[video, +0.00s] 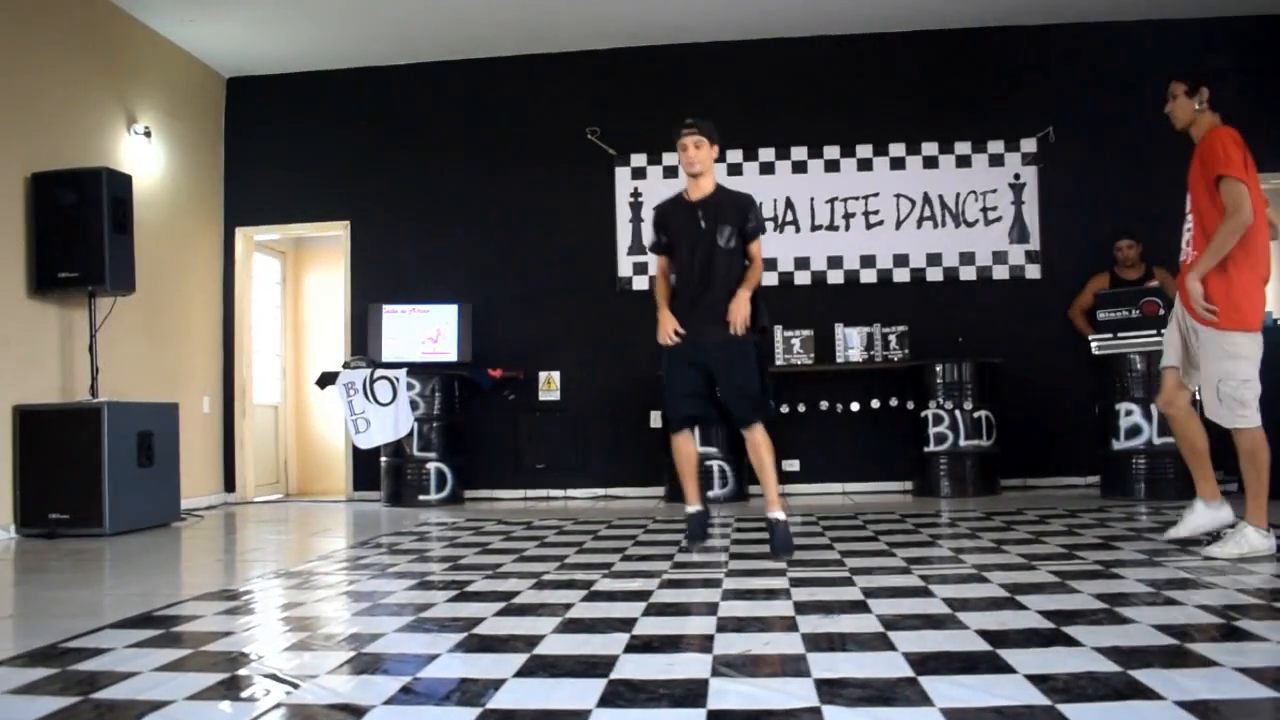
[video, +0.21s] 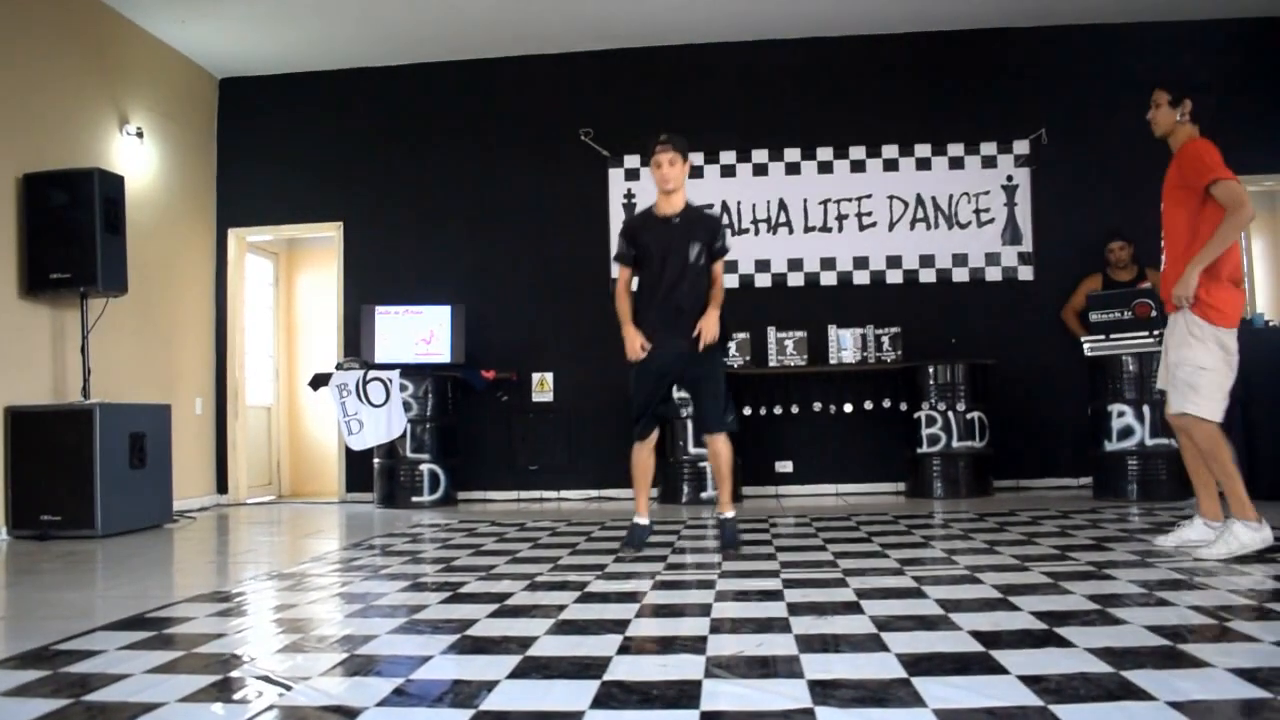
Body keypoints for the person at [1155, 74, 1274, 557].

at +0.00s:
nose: (1167, 107)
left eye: (1173, 98)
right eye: (1167, 99)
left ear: (1201, 98)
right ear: (1196, 101)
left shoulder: (1220, 140)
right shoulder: (1210, 147)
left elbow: (1241, 213)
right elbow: (1254, 221)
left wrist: (1194, 273)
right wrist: (1195, 275)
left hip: (1229, 311)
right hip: (1194, 305)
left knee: (1242, 416)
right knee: (1172, 399)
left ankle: (1257, 528)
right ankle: (1209, 503)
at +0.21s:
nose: (1149, 115)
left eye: (1157, 106)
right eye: (1150, 107)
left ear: (1184, 111)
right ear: (1173, 112)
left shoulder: (1196, 153)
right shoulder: (1181, 158)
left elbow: (1240, 208)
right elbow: (1211, 223)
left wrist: (1192, 268)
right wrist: (1176, 275)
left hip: (1208, 308)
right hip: (1189, 307)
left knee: (1194, 414)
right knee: (1178, 413)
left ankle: (1248, 522)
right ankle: (1209, 519)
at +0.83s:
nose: (1147, 144)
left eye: (1155, 135)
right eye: (1145, 137)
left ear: (1184, 136)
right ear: (1161, 142)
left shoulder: (1224, 176)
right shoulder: (1165, 197)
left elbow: (1279, 215)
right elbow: (1178, 257)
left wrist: (1240, 238)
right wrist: (1154, 286)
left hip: (1211, 302)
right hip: (1176, 314)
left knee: (1159, 198)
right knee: (1156, 422)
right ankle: (1210, 526)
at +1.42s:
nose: (1173, 119)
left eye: (1180, 109)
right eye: (1171, 112)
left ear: (1211, 107)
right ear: (1194, 114)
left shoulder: (1256, 153)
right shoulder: (1195, 174)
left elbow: (1277, 219)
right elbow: (1201, 250)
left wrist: (1212, 217)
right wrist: (1168, 289)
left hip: (1228, 319)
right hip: (1177, 307)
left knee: (1216, 425)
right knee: (1111, 370)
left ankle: (1247, 531)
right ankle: (1156, 452)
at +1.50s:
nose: (1174, 124)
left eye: (1181, 114)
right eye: (1172, 115)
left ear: (1210, 114)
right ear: (1197, 118)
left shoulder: (1250, 155)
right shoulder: (1203, 176)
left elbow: (1272, 219)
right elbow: (1217, 249)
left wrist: (1200, 209)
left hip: (1222, 312)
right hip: (1181, 291)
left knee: (1208, 421)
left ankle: (1245, 532)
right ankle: (1110, 398)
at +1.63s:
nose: (1169, 135)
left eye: (1176, 126)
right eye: (1169, 127)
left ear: (1207, 126)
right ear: (1194, 130)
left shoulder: (1237, 167)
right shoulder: (1206, 181)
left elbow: (1249, 230)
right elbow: (1209, 242)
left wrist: (1193, 209)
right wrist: (1175, 232)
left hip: (1216, 317)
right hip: (1189, 282)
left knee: (1197, 424)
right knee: (1132, 208)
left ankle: (1245, 532)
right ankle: (1059, 283)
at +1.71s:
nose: (1166, 138)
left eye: (1174, 129)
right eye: (1166, 130)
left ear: (1204, 130)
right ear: (1189, 134)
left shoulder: (1233, 171)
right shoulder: (1196, 183)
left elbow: (1228, 235)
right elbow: (1195, 242)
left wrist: (1181, 211)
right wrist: (1171, 224)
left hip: (1209, 319)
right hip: (1184, 290)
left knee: (1189, 427)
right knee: (1162, 193)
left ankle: (1243, 531)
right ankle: (1070, 228)